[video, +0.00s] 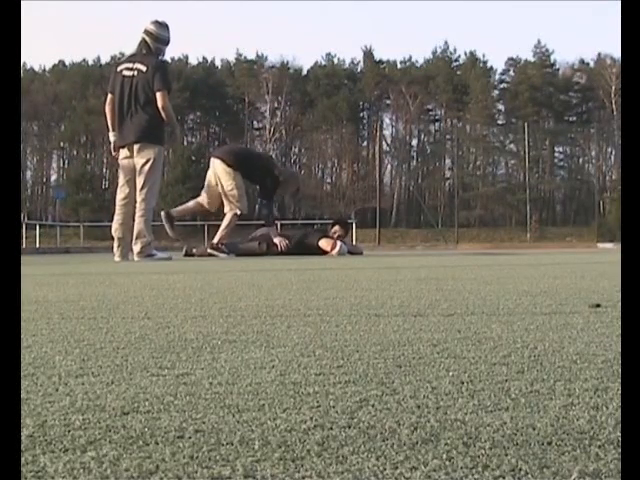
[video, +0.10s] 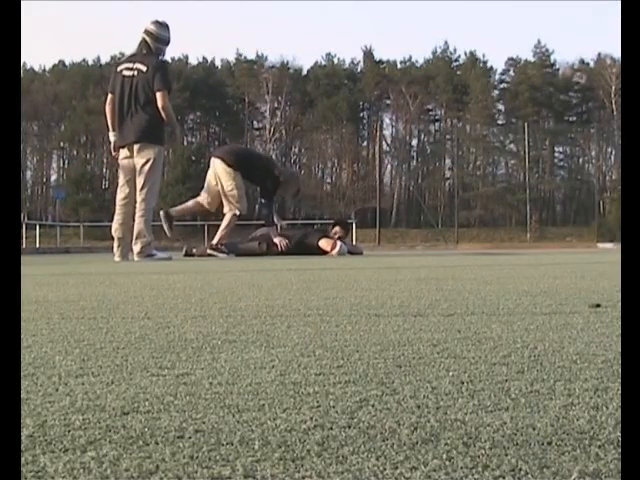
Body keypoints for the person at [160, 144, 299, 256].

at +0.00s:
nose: (287, 193)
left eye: (290, 190)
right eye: (290, 189)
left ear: (283, 176)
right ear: (286, 181)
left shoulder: (268, 174)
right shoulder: (270, 179)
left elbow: (267, 204)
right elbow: (266, 207)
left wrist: (273, 224)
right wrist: (274, 235)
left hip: (218, 158)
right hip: (227, 163)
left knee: (207, 202)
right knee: (235, 210)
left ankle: (172, 214)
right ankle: (216, 244)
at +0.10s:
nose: (289, 194)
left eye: (292, 191)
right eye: (291, 190)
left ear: (284, 177)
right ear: (286, 182)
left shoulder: (269, 175)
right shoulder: (271, 180)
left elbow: (270, 202)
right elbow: (267, 209)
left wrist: (277, 219)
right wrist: (274, 235)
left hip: (218, 157)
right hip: (228, 163)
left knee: (207, 201)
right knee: (235, 210)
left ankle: (171, 214)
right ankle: (215, 245)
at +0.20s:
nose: (288, 195)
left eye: (291, 193)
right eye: (290, 191)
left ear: (285, 179)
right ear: (287, 183)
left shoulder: (271, 178)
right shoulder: (271, 182)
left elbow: (270, 206)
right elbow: (267, 209)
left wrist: (278, 226)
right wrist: (274, 235)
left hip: (220, 157)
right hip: (229, 163)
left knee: (211, 203)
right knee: (234, 210)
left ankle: (175, 214)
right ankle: (215, 245)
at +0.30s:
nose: (289, 195)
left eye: (292, 192)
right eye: (292, 192)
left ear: (286, 179)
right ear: (289, 184)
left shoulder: (271, 178)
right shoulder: (273, 181)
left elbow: (270, 208)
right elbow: (268, 209)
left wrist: (276, 232)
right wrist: (275, 235)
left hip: (221, 159)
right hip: (230, 164)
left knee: (215, 204)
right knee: (235, 209)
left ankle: (179, 214)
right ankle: (215, 245)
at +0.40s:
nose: (289, 197)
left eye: (292, 194)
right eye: (291, 193)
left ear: (288, 182)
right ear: (289, 186)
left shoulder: (273, 179)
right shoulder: (274, 180)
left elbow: (271, 207)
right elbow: (269, 207)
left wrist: (276, 233)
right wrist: (275, 234)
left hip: (224, 160)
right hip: (231, 164)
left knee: (220, 205)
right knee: (237, 209)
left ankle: (186, 215)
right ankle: (216, 244)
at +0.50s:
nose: (291, 197)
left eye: (295, 195)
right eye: (294, 194)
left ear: (290, 183)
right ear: (291, 186)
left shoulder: (273, 180)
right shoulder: (276, 181)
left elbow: (269, 210)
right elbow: (273, 209)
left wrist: (275, 234)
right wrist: (278, 234)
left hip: (226, 161)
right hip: (233, 165)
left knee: (224, 205)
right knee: (236, 209)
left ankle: (190, 216)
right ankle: (215, 244)